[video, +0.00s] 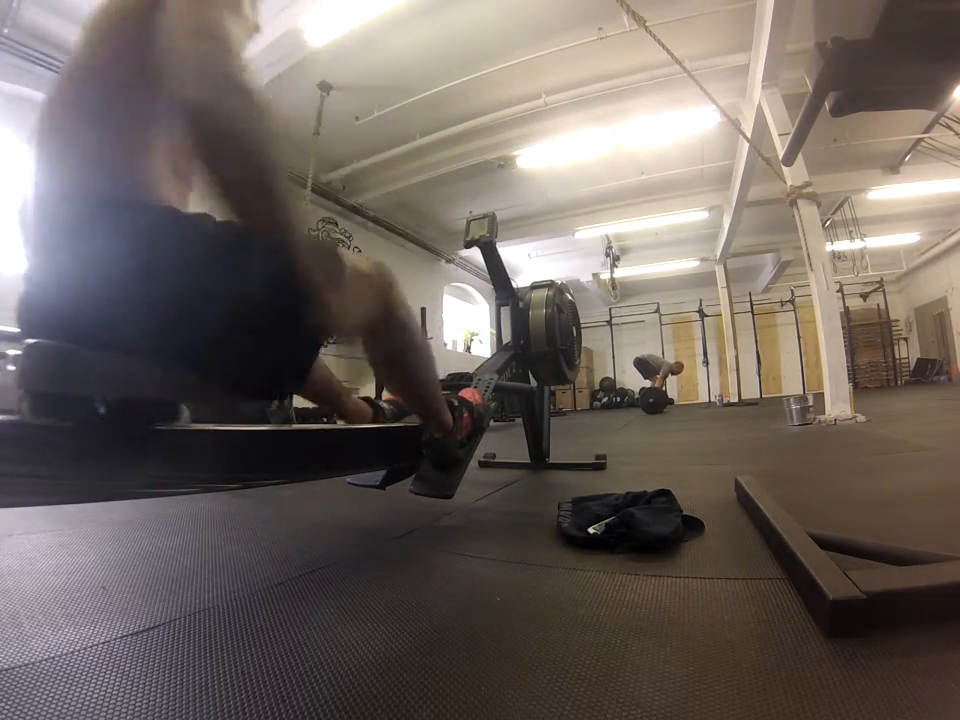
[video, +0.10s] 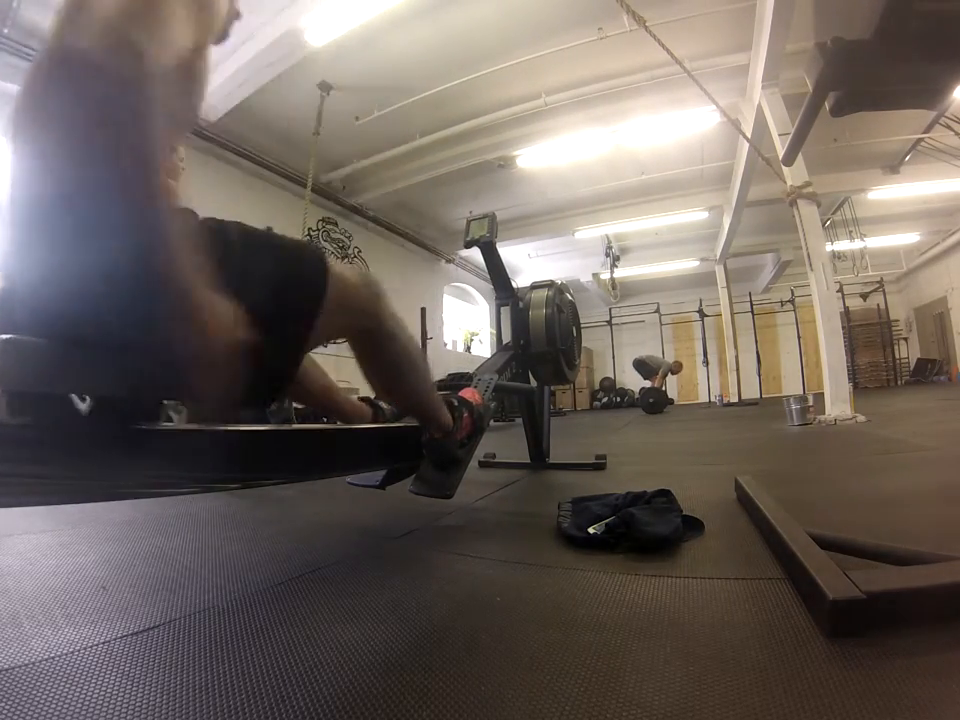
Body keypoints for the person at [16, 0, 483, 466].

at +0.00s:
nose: (243, 35)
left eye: (245, 32)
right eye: (240, 24)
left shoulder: (107, 48)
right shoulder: (184, 12)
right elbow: (210, 101)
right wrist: (302, 262)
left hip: (56, 286)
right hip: (129, 272)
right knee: (376, 289)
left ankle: (359, 413)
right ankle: (445, 428)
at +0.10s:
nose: (227, 29)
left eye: (226, 31)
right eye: (226, 23)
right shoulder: (178, 8)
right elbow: (121, 72)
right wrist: (194, 293)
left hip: (49, 261)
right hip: (117, 252)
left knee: (244, 310)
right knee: (360, 294)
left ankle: (358, 415)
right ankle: (445, 424)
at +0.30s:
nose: (196, 14)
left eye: (188, 18)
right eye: (188, 13)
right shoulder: (141, 11)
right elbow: (45, 16)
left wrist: (157, 194)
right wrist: (145, 224)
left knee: (270, 350)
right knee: (337, 323)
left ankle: (365, 431)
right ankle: (445, 429)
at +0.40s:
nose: (183, 13)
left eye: (171, 17)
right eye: (170, 14)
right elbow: (48, 19)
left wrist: (159, 195)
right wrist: (151, 207)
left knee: (272, 361)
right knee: (330, 332)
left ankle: (382, 443)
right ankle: (447, 431)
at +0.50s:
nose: (183, 13)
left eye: (176, 14)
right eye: (175, 10)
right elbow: (57, 16)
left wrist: (157, 168)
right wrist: (166, 191)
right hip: (52, 212)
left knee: (269, 370)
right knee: (328, 342)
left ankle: (379, 433)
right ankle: (445, 428)